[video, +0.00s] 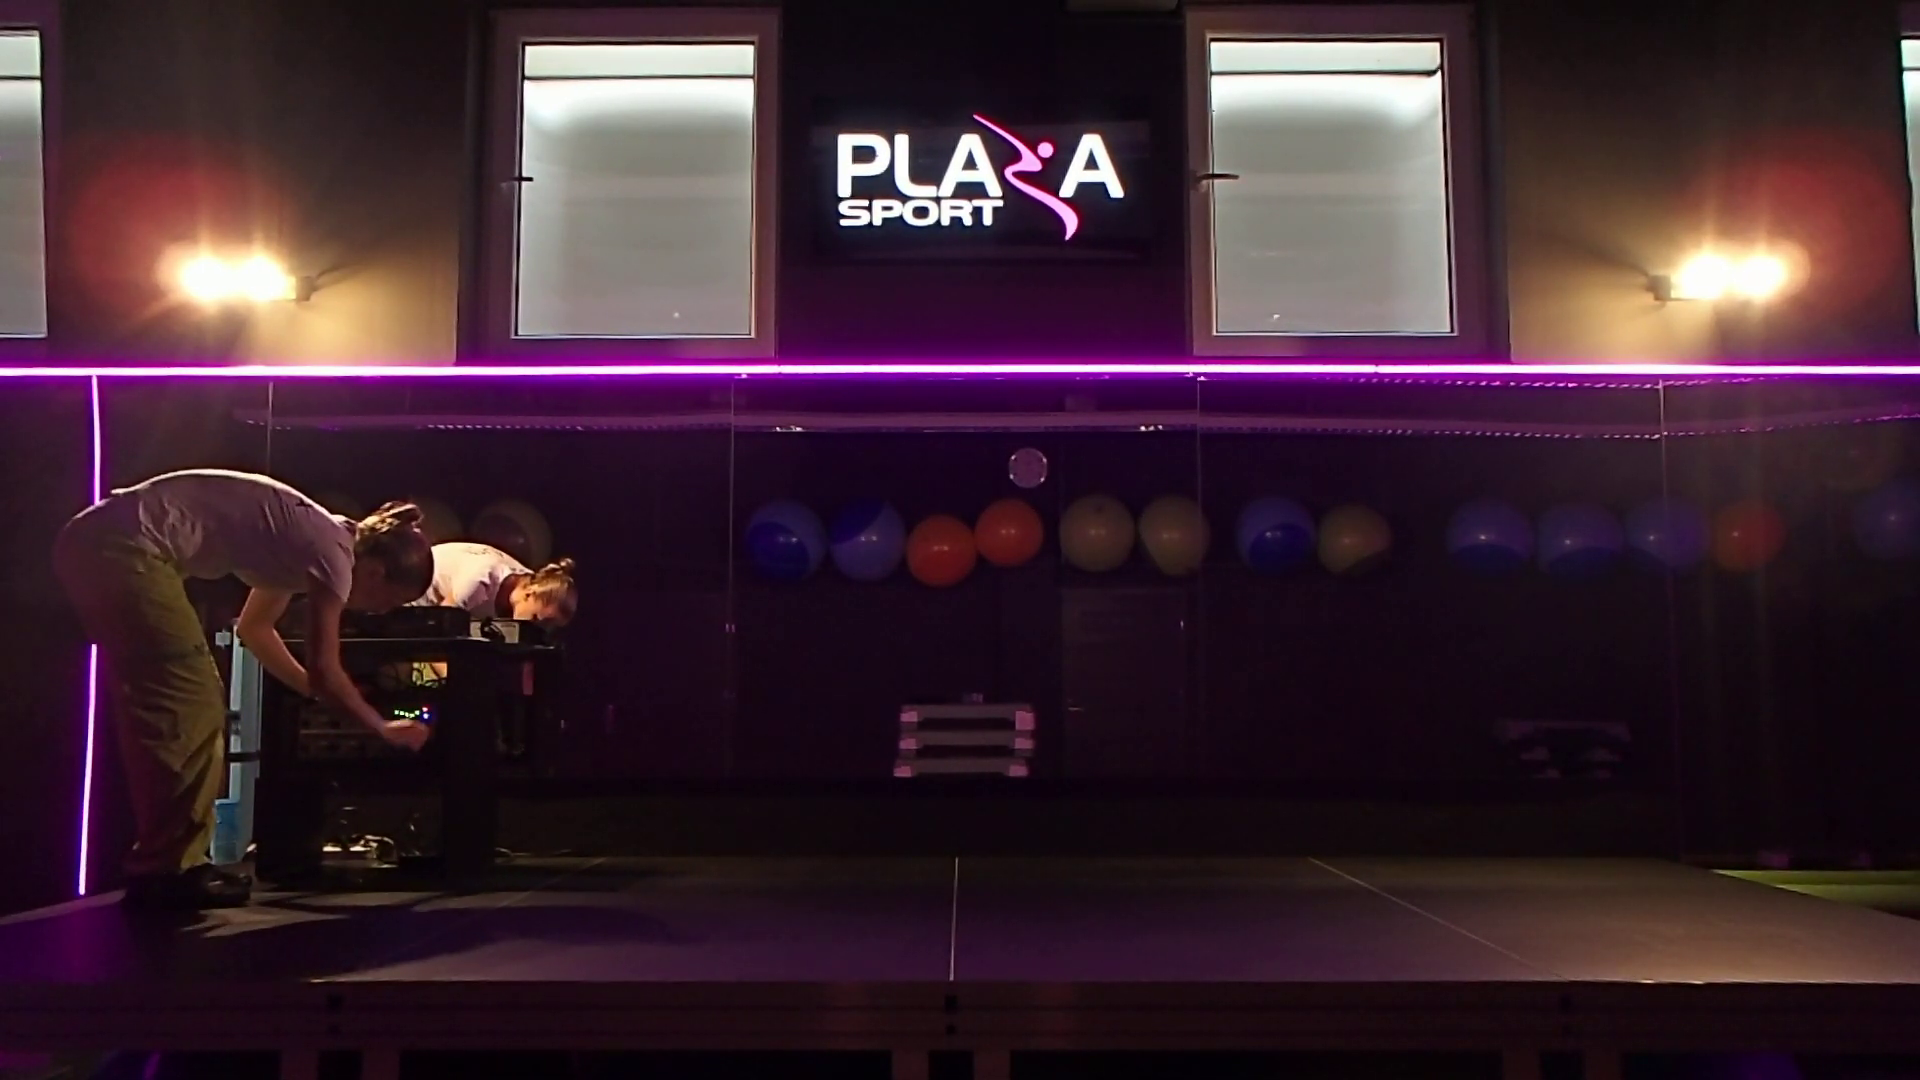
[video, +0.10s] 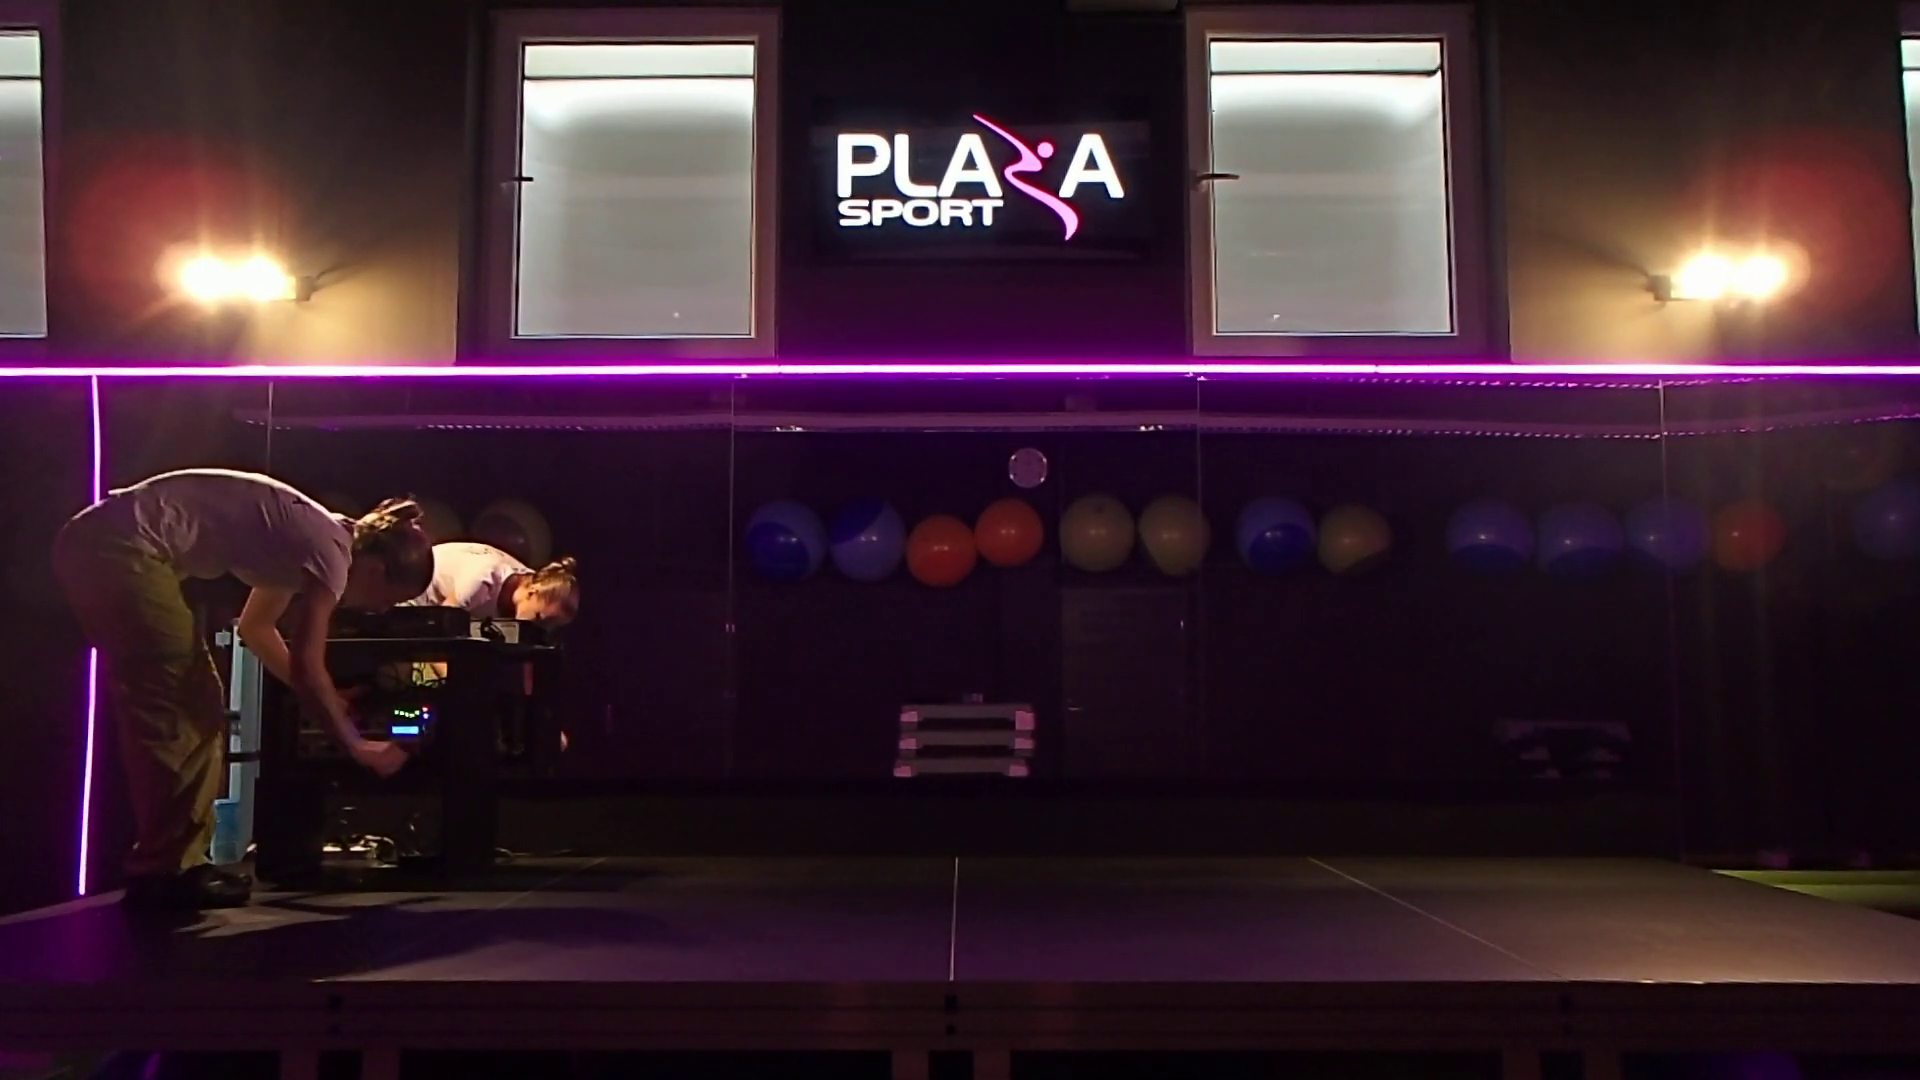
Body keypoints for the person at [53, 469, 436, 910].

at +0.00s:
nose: (376, 610)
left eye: (388, 607)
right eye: (386, 601)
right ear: (377, 570)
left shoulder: (302, 539)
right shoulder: (333, 550)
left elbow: (254, 626)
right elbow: (327, 669)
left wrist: (310, 686)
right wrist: (384, 727)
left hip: (107, 543)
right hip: (125, 548)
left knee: (178, 697)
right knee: (192, 698)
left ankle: (169, 865)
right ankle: (170, 869)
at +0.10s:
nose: (379, 608)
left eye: (390, 604)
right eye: (387, 598)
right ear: (376, 567)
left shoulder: (307, 536)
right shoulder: (330, 549)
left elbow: (255, 627)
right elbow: (309, 665)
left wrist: (320, 692)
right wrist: (356, 745)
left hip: (136, 551)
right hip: (121, 549)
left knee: (202, 707)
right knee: (171, 708)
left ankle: (181, 864)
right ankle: (165, 871)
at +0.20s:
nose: (377, 605)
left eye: (388, 600)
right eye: (385, 595)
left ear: (371, 555)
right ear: (374, 563)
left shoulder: (309, 529)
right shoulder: (324, 546)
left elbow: (254, 627)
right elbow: (283, 659)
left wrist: (311, 687)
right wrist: (310, 760)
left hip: (116, 551)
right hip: (118, 554)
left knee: (181, 698)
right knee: (187, 701)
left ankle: (175, 866)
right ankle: (168, 872)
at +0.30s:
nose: (380, 594)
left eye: (390, 588)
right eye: (387, 584)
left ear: (368, 545)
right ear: (372, 552)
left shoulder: (317, 531)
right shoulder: (314, 544)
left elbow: (264, 627)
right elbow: (252, 640)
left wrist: (314, 689)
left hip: (130, 555)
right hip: (118, 555)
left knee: (185, 697)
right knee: (182, 699)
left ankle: (174, 865)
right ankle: (169, 870)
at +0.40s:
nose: (384, 573)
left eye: (394, 565)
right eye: (391, 561)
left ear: (371, 517)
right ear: (375, 528)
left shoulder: (314, 535)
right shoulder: (298, 527)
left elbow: (271, 614)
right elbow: (218, 603)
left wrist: (317, 685)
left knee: (210, 700)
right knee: (181, 706)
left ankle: (191, 861)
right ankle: (160, 872)